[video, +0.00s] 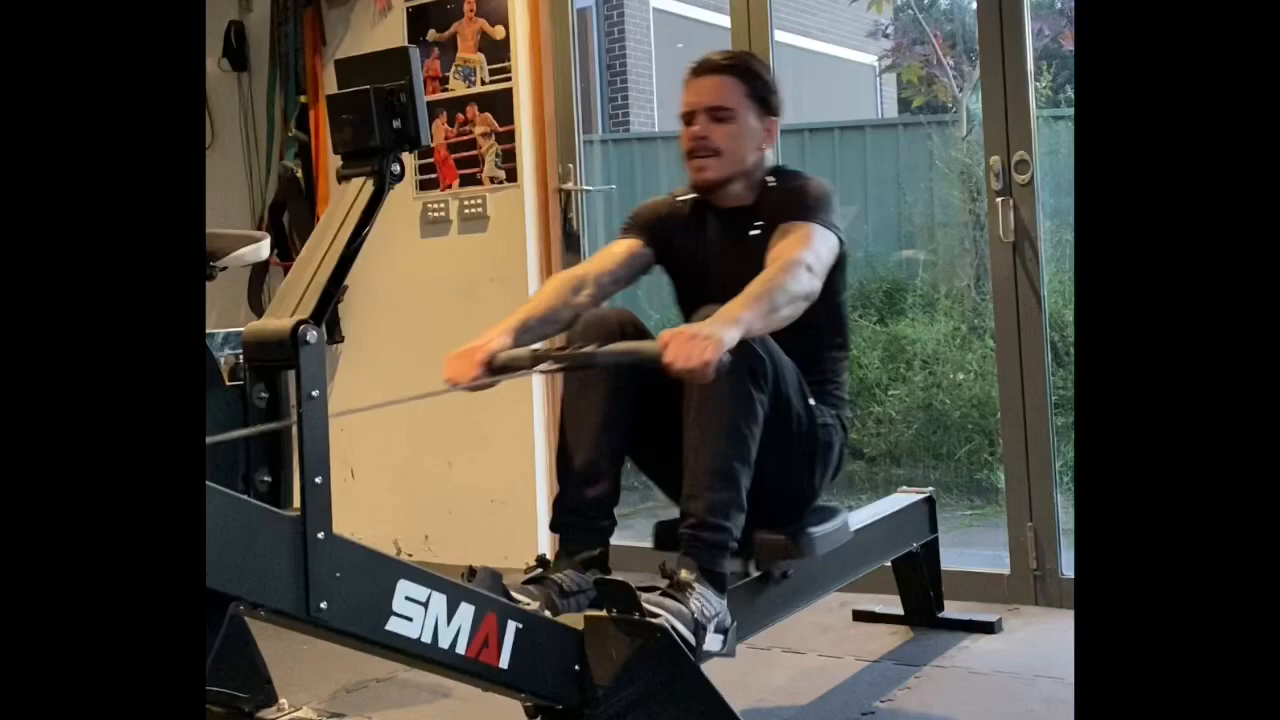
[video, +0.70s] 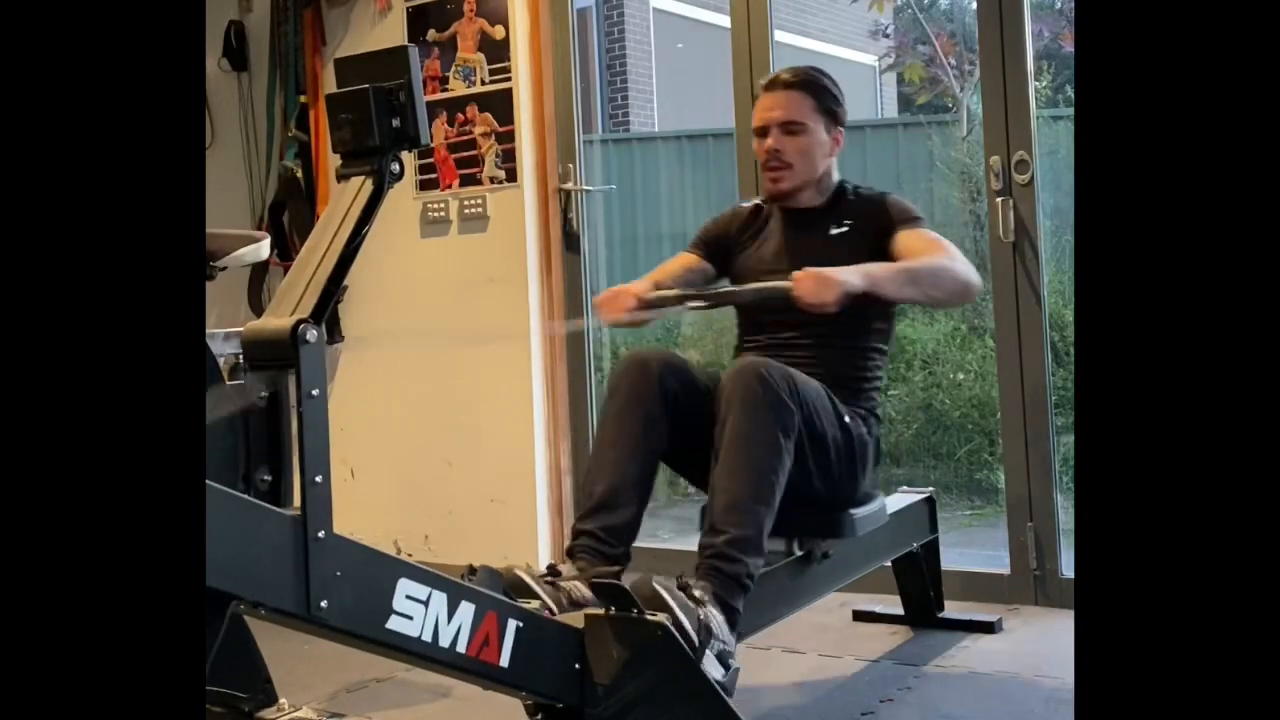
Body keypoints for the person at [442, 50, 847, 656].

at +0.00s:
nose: (697, 133)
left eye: (719, 117)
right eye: (688, 119)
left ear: (768, 133)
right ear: (680, 131)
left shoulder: (805, 201)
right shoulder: (667, 220)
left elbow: (794, 279)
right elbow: (588, 282)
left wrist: (725, 325)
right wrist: (505, 336)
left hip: (791, 465)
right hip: (699, 460)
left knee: (737, 351)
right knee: (601, 328)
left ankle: (700, 587)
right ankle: (578, 564)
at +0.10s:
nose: (749, 133)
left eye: (769, 118)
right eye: (740, 122)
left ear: (816, 136)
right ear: (731, 136)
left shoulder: (842, 202)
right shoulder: (716, 215)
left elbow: (829, 262)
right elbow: (633, 271)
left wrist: (764, 296)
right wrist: (558, 312)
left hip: (824, 449)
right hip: (736, 441)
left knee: (755, 362)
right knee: (632, 364)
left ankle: (706, 600)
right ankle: (581, 574)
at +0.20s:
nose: (787, 136)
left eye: (808, 123)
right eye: (779, 126)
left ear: (851, 140)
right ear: (769, 139)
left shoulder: (874, 202)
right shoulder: (751, 215)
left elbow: (877, 262)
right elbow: (679, 268)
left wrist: (819, 288)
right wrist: (612, 306)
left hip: (852, 419)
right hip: (756, 407)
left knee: (779, 401)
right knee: (651, 409)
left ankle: (706, 613)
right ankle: (583, 584)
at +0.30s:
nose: (818, 151)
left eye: (838, 138)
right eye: (810, 141)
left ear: (879, 151)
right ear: (802, 153)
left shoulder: (906, 214)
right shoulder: (780, 225)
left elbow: (928, 280)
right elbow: (712, 280)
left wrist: (864, 286)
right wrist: (662, 298)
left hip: (860, 405)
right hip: (773, 399)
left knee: (795, 451)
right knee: (679, 451)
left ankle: (716, 619)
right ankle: (581, 591)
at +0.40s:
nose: (829, 168)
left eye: (846, 154)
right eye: (820, 156)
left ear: (887, 160)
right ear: (812, 165)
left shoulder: (921, 227)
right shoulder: (799, 235)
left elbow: (995, 298)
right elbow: (744, 289)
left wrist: (911, 293)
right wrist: (710, 303)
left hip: (864, 412)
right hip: (774, 410)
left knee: (793, 469)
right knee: (693, 474)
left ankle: (717, 621)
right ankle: (588, 591)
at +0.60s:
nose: (793, 160)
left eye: (811, 145)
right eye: (784, 147)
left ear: (856, 149)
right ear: (777, 154)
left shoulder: (906, 229)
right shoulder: (768, 235)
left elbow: (1015, 302)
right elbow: (698, 313)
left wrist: (919, 289)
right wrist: (694, 310)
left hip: (855, 436)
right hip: (759, 427)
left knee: (769, 402)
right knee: (671, 397)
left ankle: (716, 623)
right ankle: (591, 587)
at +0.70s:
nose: (771, 146)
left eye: (789, 130)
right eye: (761, 133)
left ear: (835, 140)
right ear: (752, 144)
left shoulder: (878, 215)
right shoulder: (741, 226)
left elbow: (961, 279)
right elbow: (666, 283)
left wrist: (859, 277)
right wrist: (630, 296)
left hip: (839, 454)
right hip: (742, 442)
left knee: (754, 374)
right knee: (645, 369)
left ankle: (715, 616)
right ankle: (586, 575)